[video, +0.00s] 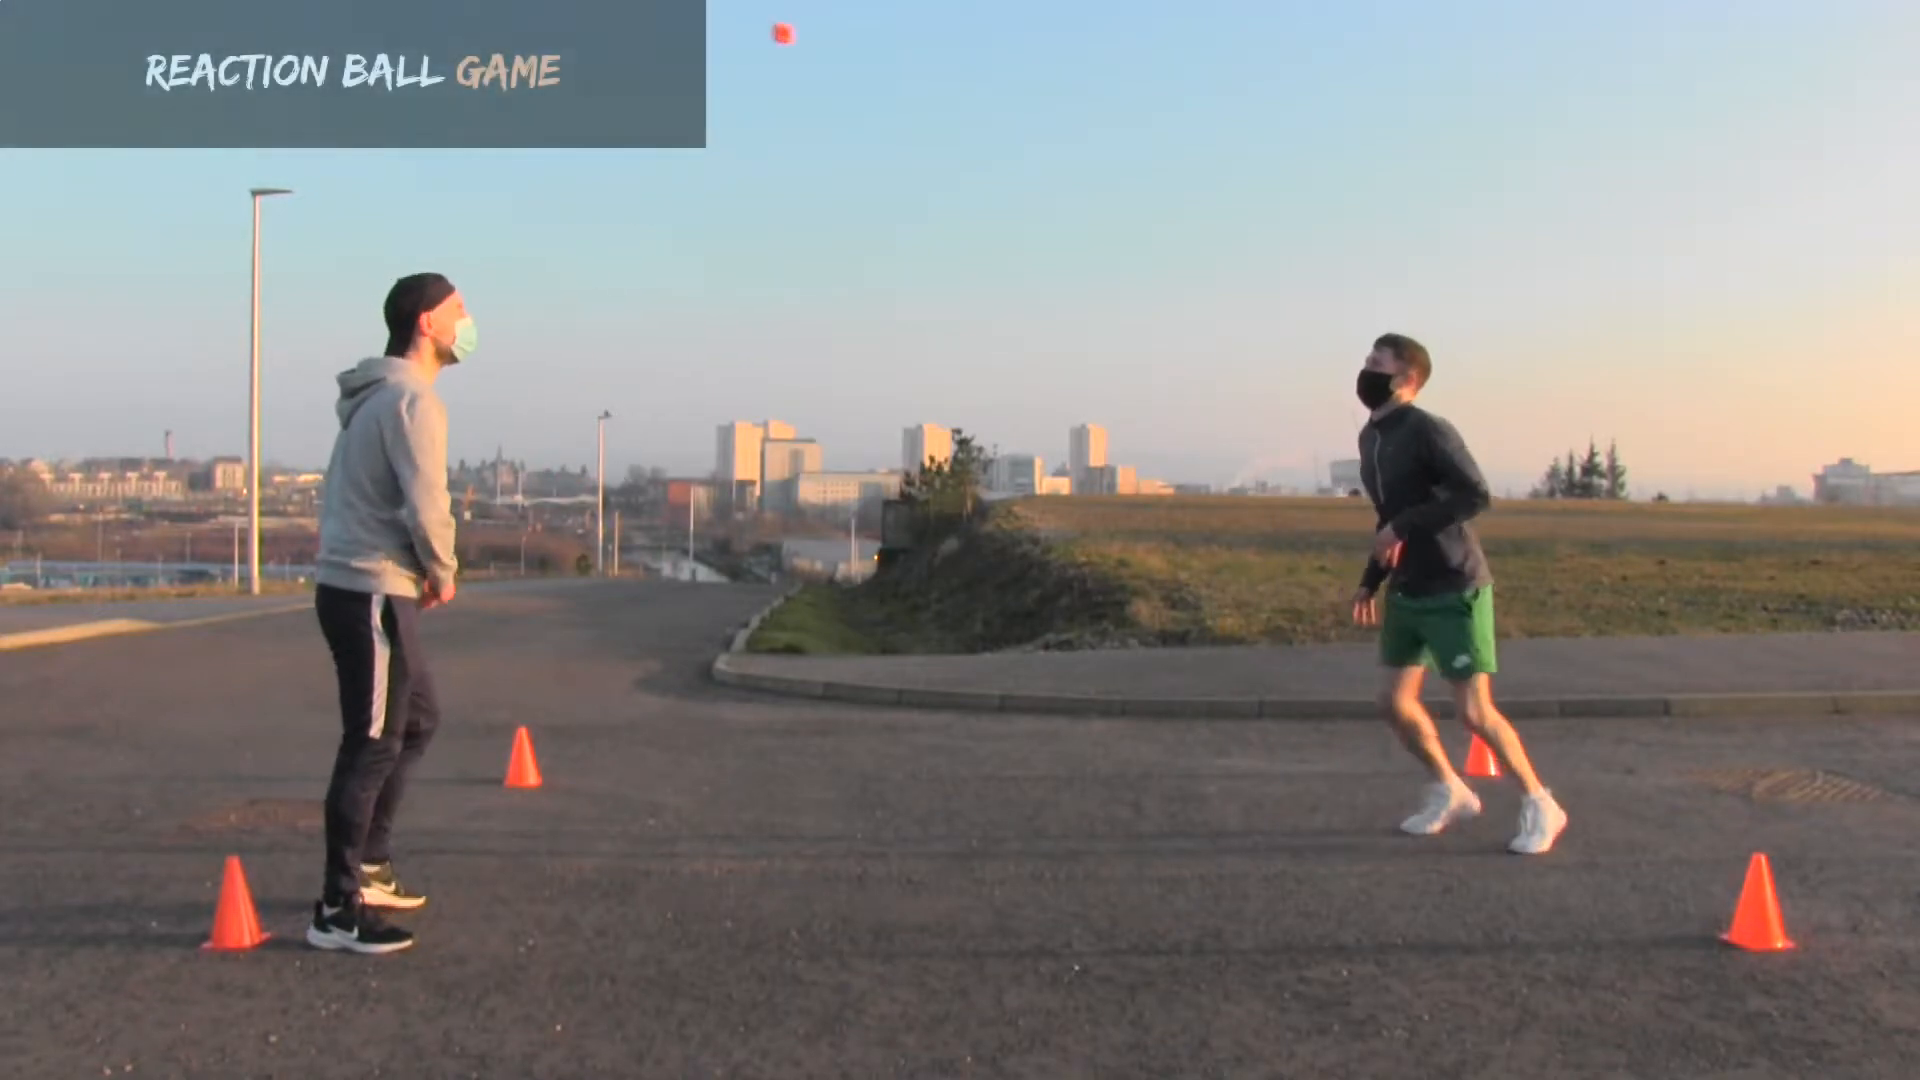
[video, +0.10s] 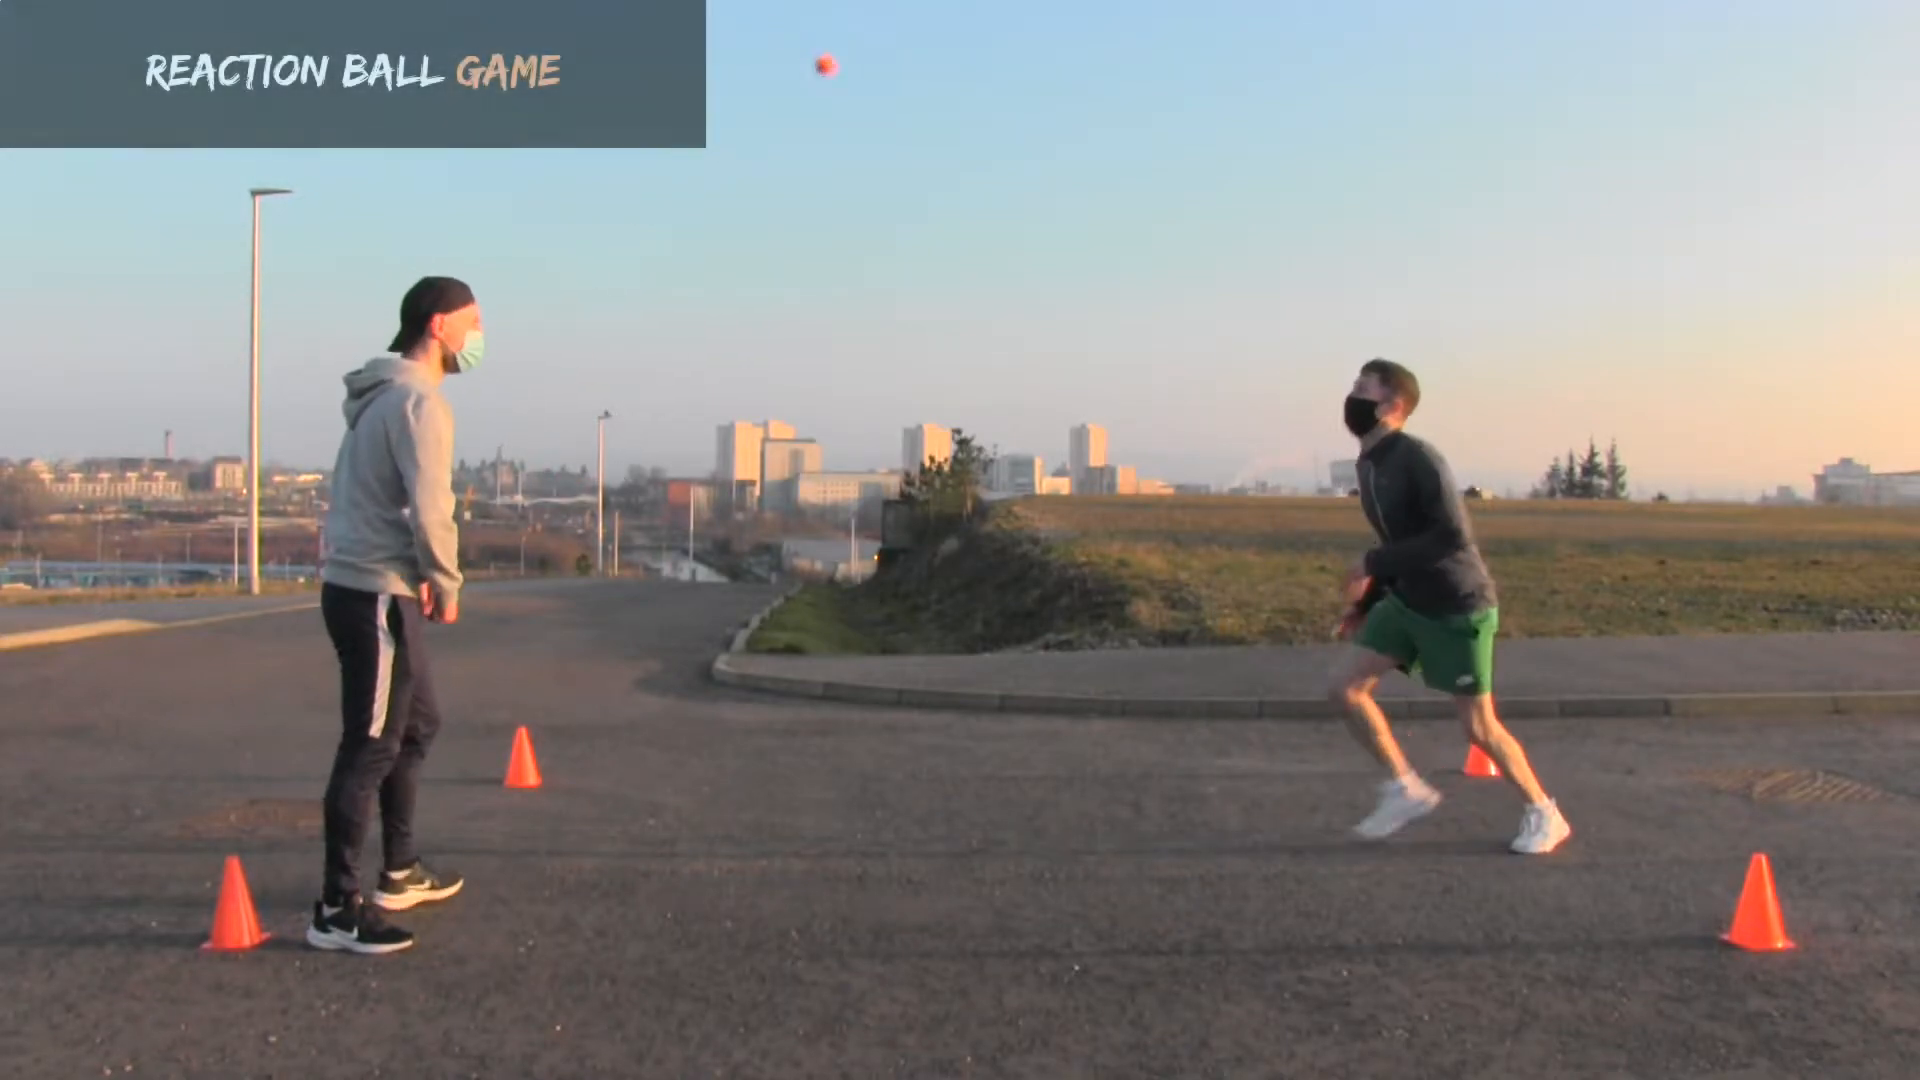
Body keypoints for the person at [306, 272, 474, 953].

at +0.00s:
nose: (468, 326)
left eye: (464, 313)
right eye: (459, 314)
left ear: (416, 325)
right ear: (427, 324)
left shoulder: (380, 393)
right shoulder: (414, 400)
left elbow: (388, 500)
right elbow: (426, 502)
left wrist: (427, 567)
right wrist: (443, 566)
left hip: (369, 588)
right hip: (367, 591)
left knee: (417, 721)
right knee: (372, 739)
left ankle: (366, 862)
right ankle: (337, 908)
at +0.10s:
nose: (478, 338)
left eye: (478, 326)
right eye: (471, 325)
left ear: (427, 326)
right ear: (438, 326)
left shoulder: (386, 394)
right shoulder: (420, 401)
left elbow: (383, 502)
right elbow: (430, 505)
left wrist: (423, 571)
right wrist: (448, 576)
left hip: (374, 588)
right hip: (373, 592)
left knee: (416, 724)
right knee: (372, 741)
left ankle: (396, 869)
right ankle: (338, 905)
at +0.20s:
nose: (487, 346)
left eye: (487, 334)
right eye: (481, 333)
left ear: (437, 331)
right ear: (448, 331)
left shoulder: (394, 396)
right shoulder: (429, 406)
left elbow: (386, 504)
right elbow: (432, 510)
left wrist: (422, 575)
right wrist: (455, 587)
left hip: (371, 590)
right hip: (381, 594)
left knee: (423, 721)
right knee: (370, 743)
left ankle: (406, 867)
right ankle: (337, 907)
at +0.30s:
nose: (501, 356)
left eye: (502, 344)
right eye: (497, 342)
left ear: (457, 336)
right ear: (464, 338)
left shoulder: (414, 399)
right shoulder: (444, 407)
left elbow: (405, 506)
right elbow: (444, 509)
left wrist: (437, 580)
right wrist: (469, 588)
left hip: (394, 591)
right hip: (389, 594)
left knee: (442, 718)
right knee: (376, 740)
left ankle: (390, 851)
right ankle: (337, 905)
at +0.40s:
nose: (513, 364)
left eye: (515, 353)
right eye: (510, 351)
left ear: (470, 344)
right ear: (477, 345)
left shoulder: (425, 402)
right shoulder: (458, 410)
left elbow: (393, 503)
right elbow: (454, 511)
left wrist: (440, 577)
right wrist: (480, 588)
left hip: (407, 590)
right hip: (399, 592)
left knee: (449, 721)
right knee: (381, 742)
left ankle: (382, 847)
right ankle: (339, 903)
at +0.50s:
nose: (530, 379)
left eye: (532, 367)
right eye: (527, 366)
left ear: (489, 358)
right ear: (496, 358)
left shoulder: (444, 411)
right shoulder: (478, 419)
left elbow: (425, 508)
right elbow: (464, 513)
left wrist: (455, 586)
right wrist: (481, 589)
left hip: (412, 591)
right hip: (419, 595)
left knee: (452, 727)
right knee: (426, 736)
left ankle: (378, 865)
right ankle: (356, 892)